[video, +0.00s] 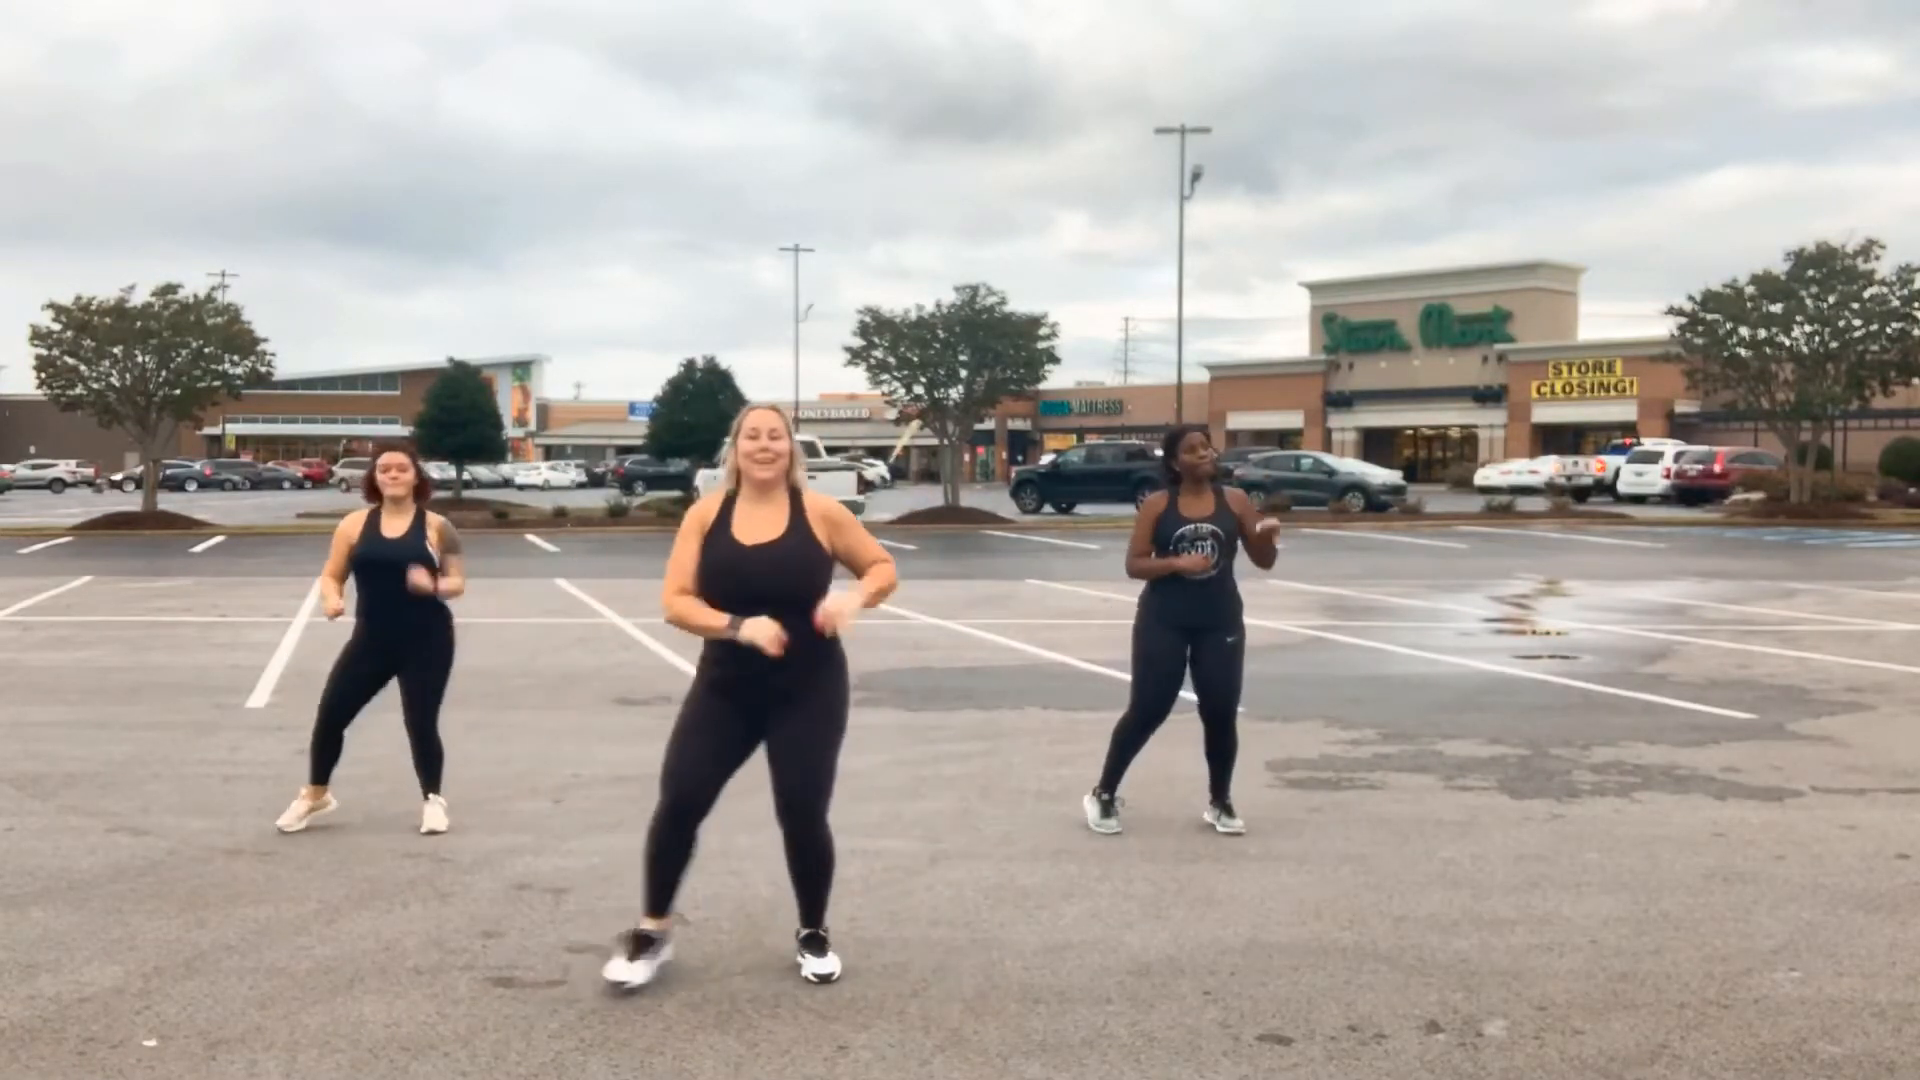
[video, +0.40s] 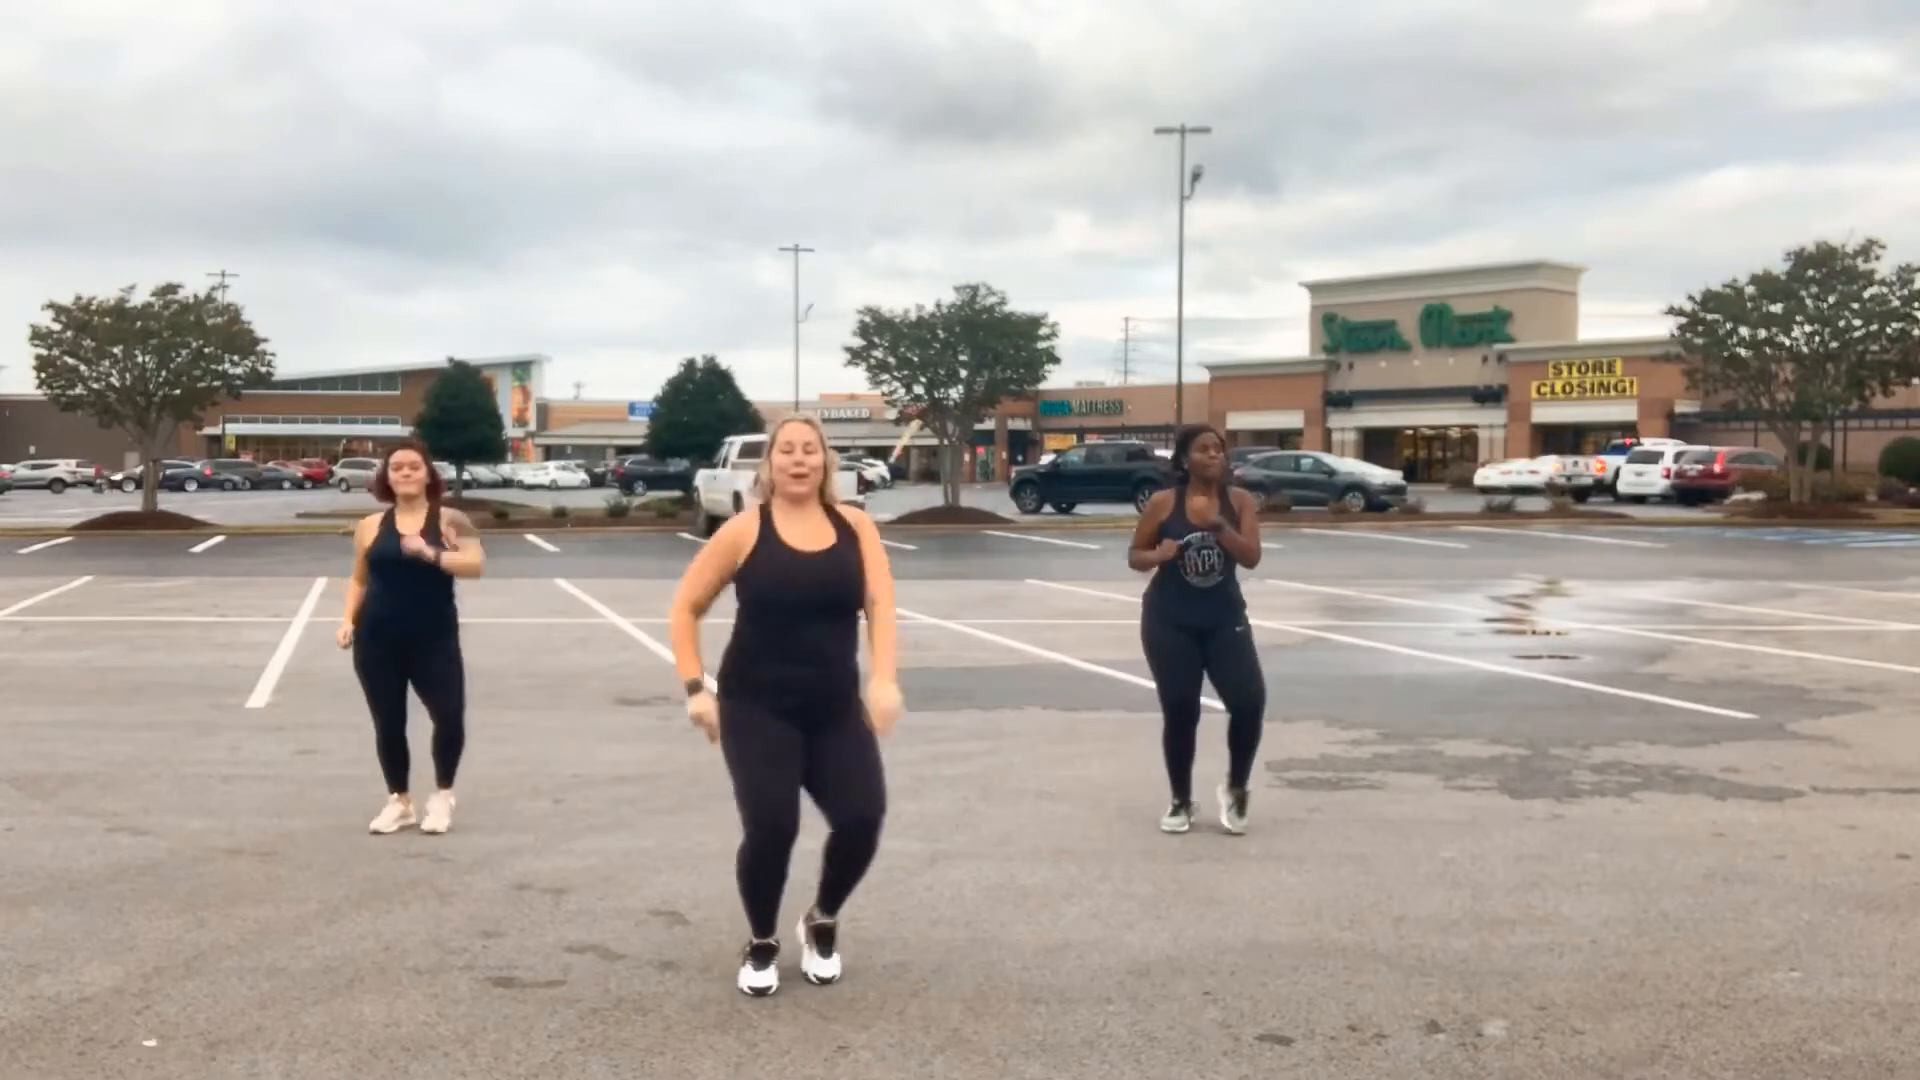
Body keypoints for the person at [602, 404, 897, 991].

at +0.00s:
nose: (764, 445)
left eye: (775, 435)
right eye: (753, 436)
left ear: (792, 449)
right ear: (734, 450)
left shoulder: (821, 512)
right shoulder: (705, 513)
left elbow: (883, 570)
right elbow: (675, 602)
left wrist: (854, 599)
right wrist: (738, 625)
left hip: (808, 686)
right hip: (726, 686)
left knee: (803, 814)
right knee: (678, 803)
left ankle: (813, 935)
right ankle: (652, 931)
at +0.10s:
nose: (779, 435)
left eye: (789, 426)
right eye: (767, 427)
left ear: (807, 441)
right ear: (748, 442)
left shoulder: (832, 504)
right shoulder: (718, 508)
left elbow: (888, 583)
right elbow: (669, 579)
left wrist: (841, 545)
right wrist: (706, 627)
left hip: (818, 686)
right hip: (738, 684)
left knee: (812, 814)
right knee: (721, 807)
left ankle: (814, 933)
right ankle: (724, 928)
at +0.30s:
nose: (794, 458)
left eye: (804, 449)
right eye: (783, 449)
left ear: (820, 461)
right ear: (764, 461)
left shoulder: (845, 522)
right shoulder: (734, 519)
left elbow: (879, 593)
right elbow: (675, 565)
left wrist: (827, 577)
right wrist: (680, 637)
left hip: (832, 702)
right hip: (755, 702)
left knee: (833, 829)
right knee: (781, 827)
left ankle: (814, 935)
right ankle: (765, 945)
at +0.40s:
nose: (799, 459)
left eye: (809, 450)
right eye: (787, 450)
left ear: (826, 461)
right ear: (769, 463)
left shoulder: (855, 526)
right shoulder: (743, 531)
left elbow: (880, 607)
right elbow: (685, 606)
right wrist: (695, 687)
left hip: (836, 708)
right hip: (755, 708)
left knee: (862, 817)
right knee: (772, 827)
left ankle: (822, 922)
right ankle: (761, 946)